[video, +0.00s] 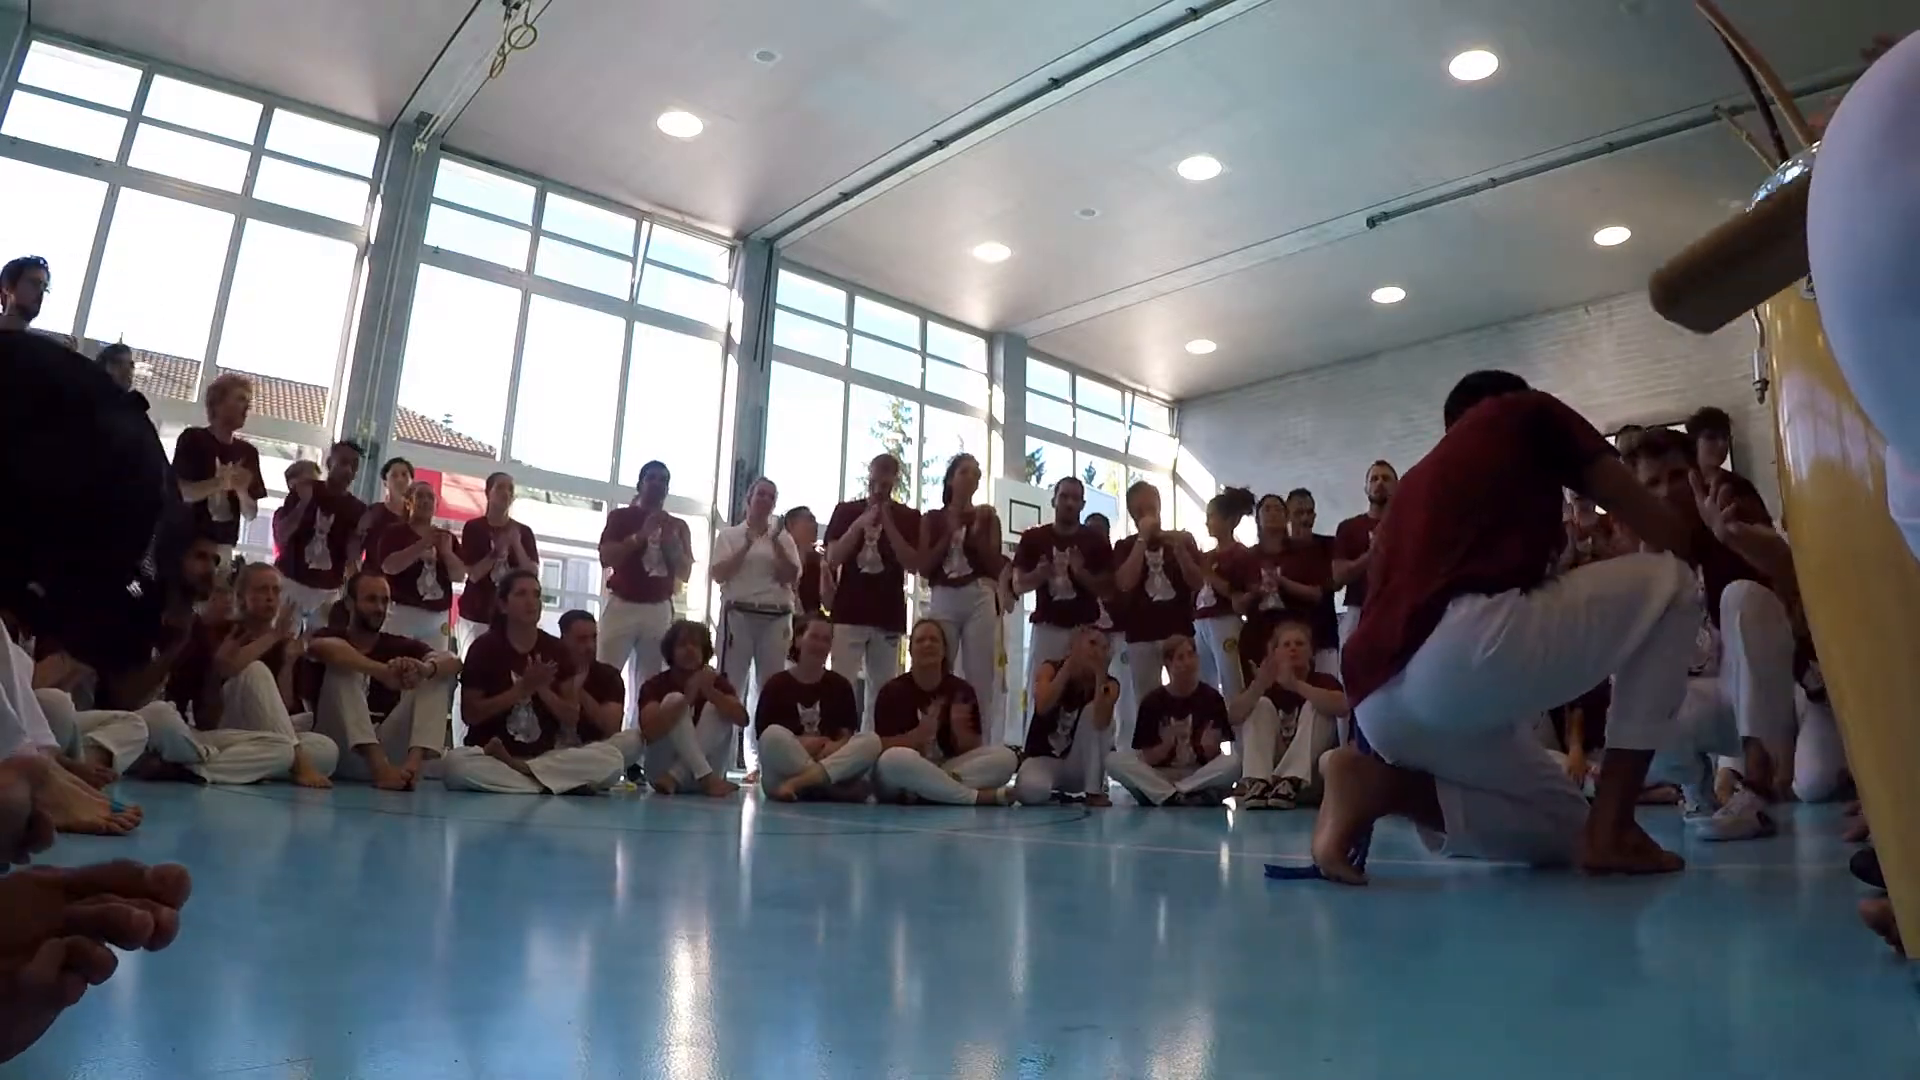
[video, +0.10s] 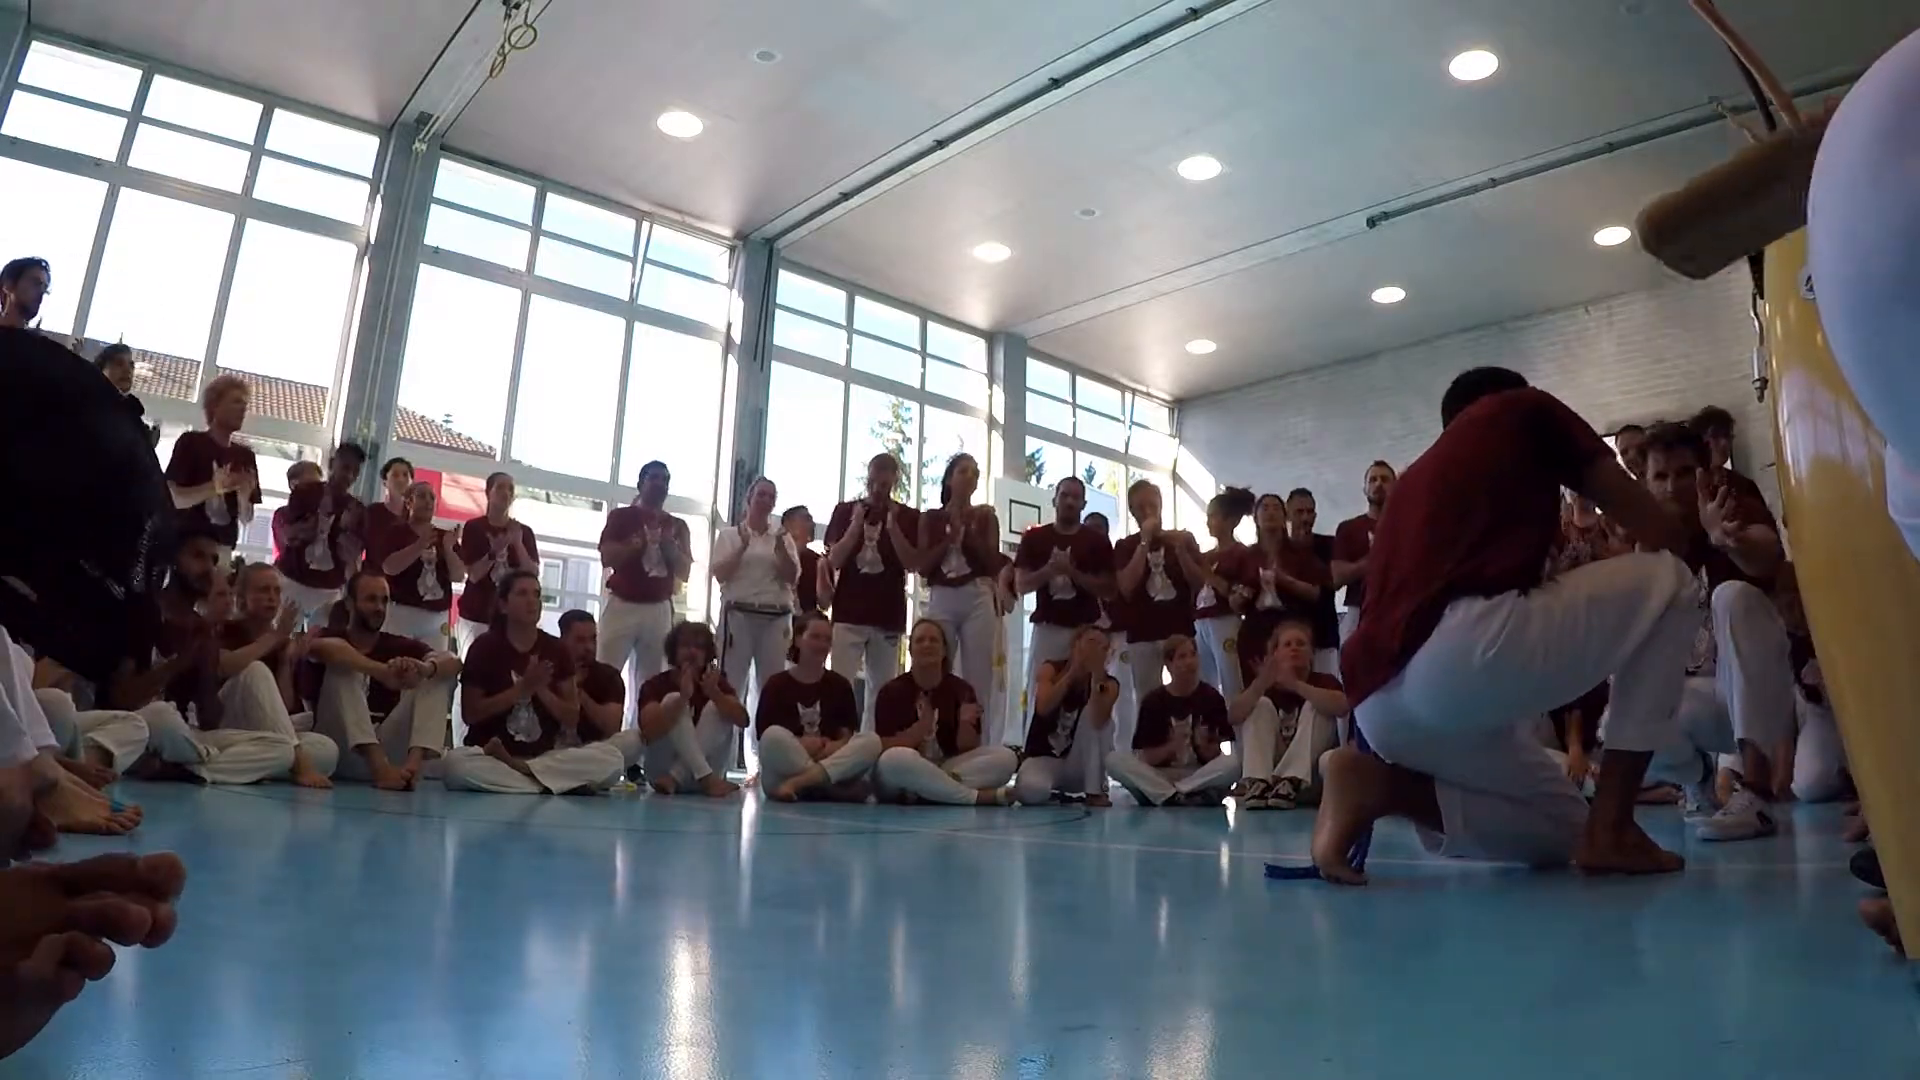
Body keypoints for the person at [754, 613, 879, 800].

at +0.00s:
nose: (820, 645)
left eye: (826, 640)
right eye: (814, 637)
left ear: (831, 646)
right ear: (797, 640)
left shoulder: (840, 685)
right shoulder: (777, 683)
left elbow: (846, 736)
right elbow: (764, 736)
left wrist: (833, 748)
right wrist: (806, 744)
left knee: (872, 742)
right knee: (772, 736)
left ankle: (796, 784)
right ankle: (835, 789)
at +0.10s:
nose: (822, 644)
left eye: (827, 639)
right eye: (815, 637)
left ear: (832, 644)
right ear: (798, 640)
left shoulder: (840, 685)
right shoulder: (777, 683)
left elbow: (847, 736)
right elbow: (764, 734)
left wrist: (832, 747)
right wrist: (801, 744)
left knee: (872, 742)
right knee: (773, 736)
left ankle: (797, 784)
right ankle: (835, 789)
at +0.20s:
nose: (819, 642)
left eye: (825, 637)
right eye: (812, 635)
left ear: (831, 642)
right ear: (796, 639)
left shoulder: (840, 685)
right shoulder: (777, 683)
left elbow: (847, 737)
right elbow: (765, 736)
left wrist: (832, 748)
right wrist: (801, 745)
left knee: (872, 742)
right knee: (772, 736)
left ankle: (797, 784)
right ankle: (835, 790)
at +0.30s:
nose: (819, 642)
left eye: (825, 637)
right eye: (812, 635)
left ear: (830, 643)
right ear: (796, 639)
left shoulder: (840, 685)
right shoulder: (777, 684)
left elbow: (846, 738)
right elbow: (764, 735)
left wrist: (832, 748)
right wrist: (803, 745)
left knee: (872, 741)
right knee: (771, 736)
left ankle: (796, 784)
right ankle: (834, 789)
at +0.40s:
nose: (819, 643)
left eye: (826, 638)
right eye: (813, 636)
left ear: (831, 644)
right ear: (797, 639)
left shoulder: (840, 685)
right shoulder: (777, 684)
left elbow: (846, 738)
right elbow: (764, 736)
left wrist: (832, 748)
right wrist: (801, 744)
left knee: (872, 742)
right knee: (772, 736)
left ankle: (797, 784)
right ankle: (835, 789)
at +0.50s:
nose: (818, 643)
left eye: (825, 639)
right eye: (813, 636)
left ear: (830, 645)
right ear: (797, 639)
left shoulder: (839, 685)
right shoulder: (776, 684)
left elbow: (846, 737)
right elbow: (764, 737)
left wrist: (832, 747)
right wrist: (800, 744)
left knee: (871, 741)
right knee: (773, 736)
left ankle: (797, 784)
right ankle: (835, 789)